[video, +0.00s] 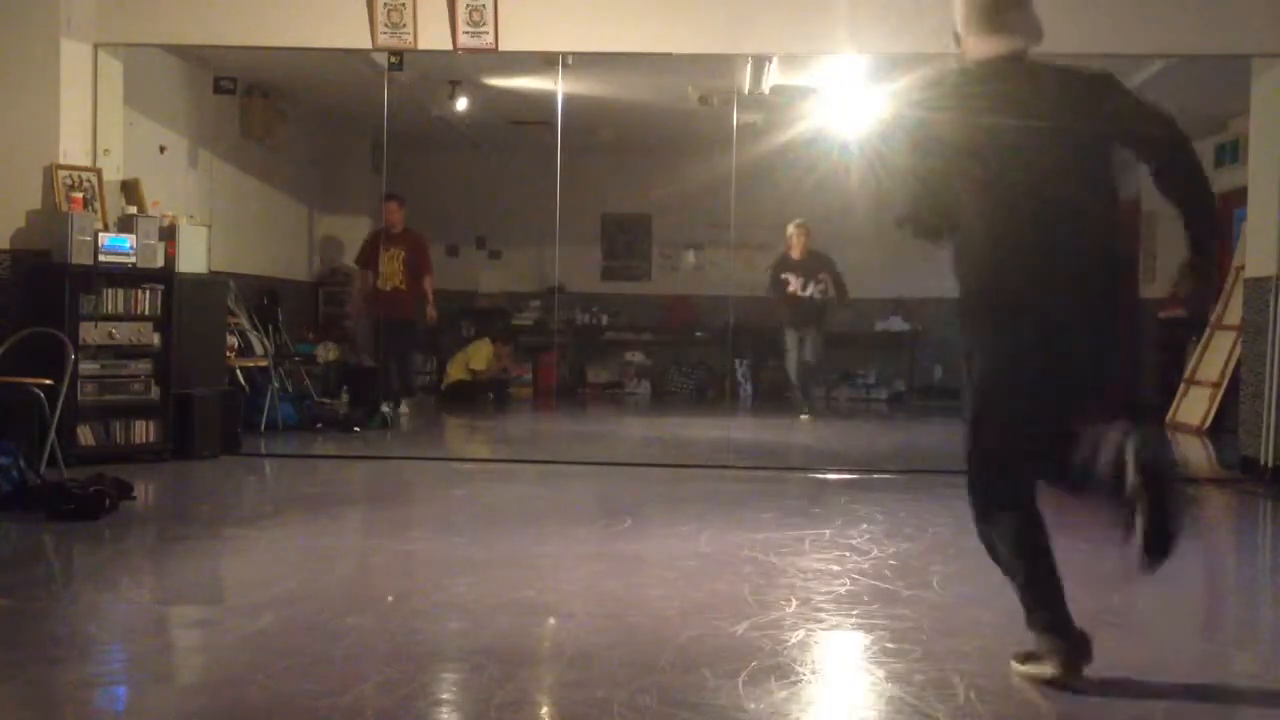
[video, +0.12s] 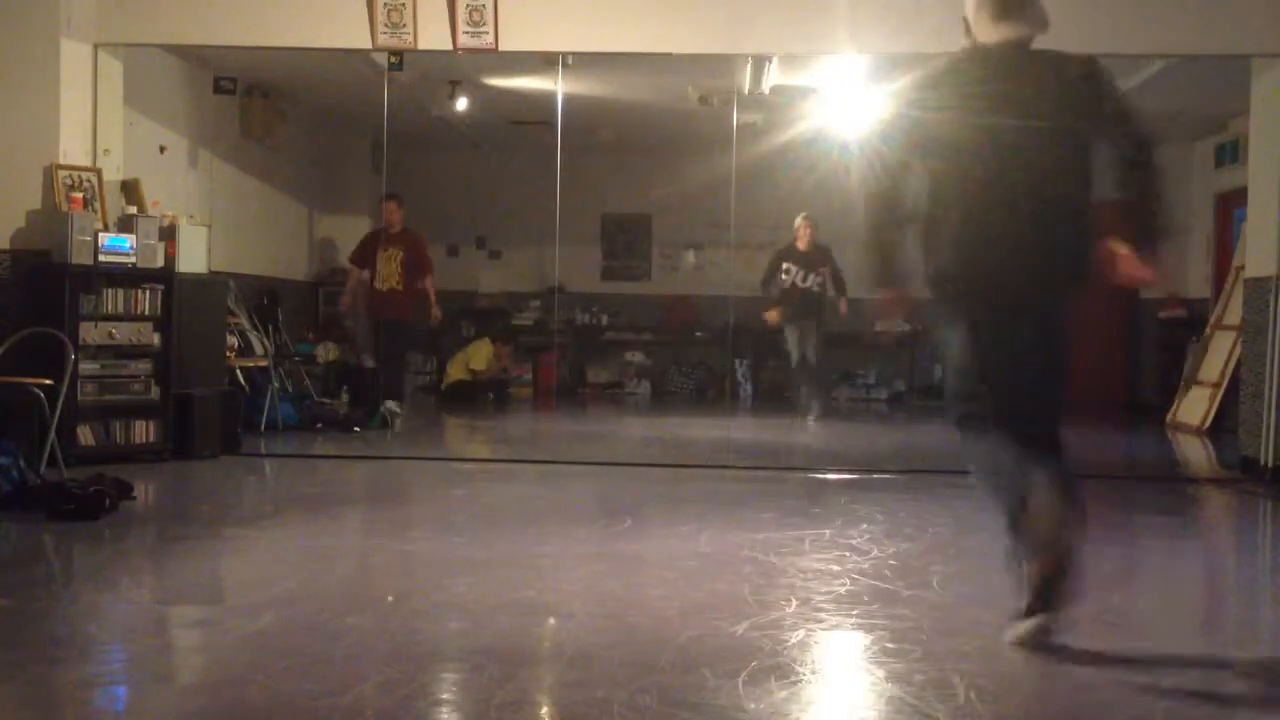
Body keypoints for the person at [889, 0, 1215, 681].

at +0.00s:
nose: (970, 38)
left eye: (965, 28)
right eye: (1011, 25)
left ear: (961, 34)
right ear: (1031, 28)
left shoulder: (942, 105)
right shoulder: (1090, 92)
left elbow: (921, 215)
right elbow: (1170, 146)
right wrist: (1205, 254)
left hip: (1005, 313)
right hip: (1092, 306)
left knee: (996, 487)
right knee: (1045, 447)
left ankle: (1055, 638)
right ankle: (1123, 469)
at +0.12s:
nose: (987, 28)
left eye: (980, 18)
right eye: (1018, 21)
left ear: (973, 20)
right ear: (1036, 21)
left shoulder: (938, 84)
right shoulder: (1079, 78)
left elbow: (883, 179)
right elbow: (1134, 144)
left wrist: (887, 278)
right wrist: (1133, 233)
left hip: (967, 270)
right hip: (1052, 267)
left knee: (976, 413)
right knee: (1038, 415)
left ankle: (1036, 514)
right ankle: (1044, 581)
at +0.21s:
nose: (993, 36)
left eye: (976, 26)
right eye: (1018, 28)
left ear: (970, 35)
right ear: (1035, 36)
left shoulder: (927, 104)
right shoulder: (1063, 108)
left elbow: (854, 189)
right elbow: (1098, 210)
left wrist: (845, 276)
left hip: (955, 286)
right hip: (1036, 288)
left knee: (965, 398)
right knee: (1037, 448)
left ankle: (988, 440)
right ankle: (1015, 610)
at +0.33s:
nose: (928, 71)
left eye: (926, 59)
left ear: (931, 59)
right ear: (983, 53)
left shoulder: (905, 116)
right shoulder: (1031, 112)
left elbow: (845, 193)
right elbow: (1065, 206)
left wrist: (848, 267)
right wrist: (1041, 249)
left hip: (938, 294)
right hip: (1018, 295)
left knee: (940, 426)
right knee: (1019, 436)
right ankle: (1013, 587)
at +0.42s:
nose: (908, 84)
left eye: (902, 74)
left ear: (901, 73)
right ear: (955, 66)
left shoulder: (884, 134)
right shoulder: (1007, 128)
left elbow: (867, 223)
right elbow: (1057, 202)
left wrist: (865, 295)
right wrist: (1046, 283)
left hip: (925, 307)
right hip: (999, 304)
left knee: (905, 443)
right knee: (999, 414)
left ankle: (924, 579)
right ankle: (1003, 520)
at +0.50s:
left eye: (893, 64)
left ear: (892, 63)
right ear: (944, 55)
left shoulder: (884, 129)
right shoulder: (994, 115)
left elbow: (869, 221)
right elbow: (1047, 170)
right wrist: (1041, 239)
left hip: (909, 295)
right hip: (983, 287)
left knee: (900, 437)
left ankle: (925, 573)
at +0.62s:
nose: (882, 47)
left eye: (883, 38)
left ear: (887, 43)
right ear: (942, 39)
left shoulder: (865, 110)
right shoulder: (983, 99)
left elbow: (834, 203)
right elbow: (1021, 170)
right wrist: (966, 176)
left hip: (895, 273)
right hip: (962, 269)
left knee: (898, 401)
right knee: (937, 384)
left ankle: (961, 508)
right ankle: (958, 496)